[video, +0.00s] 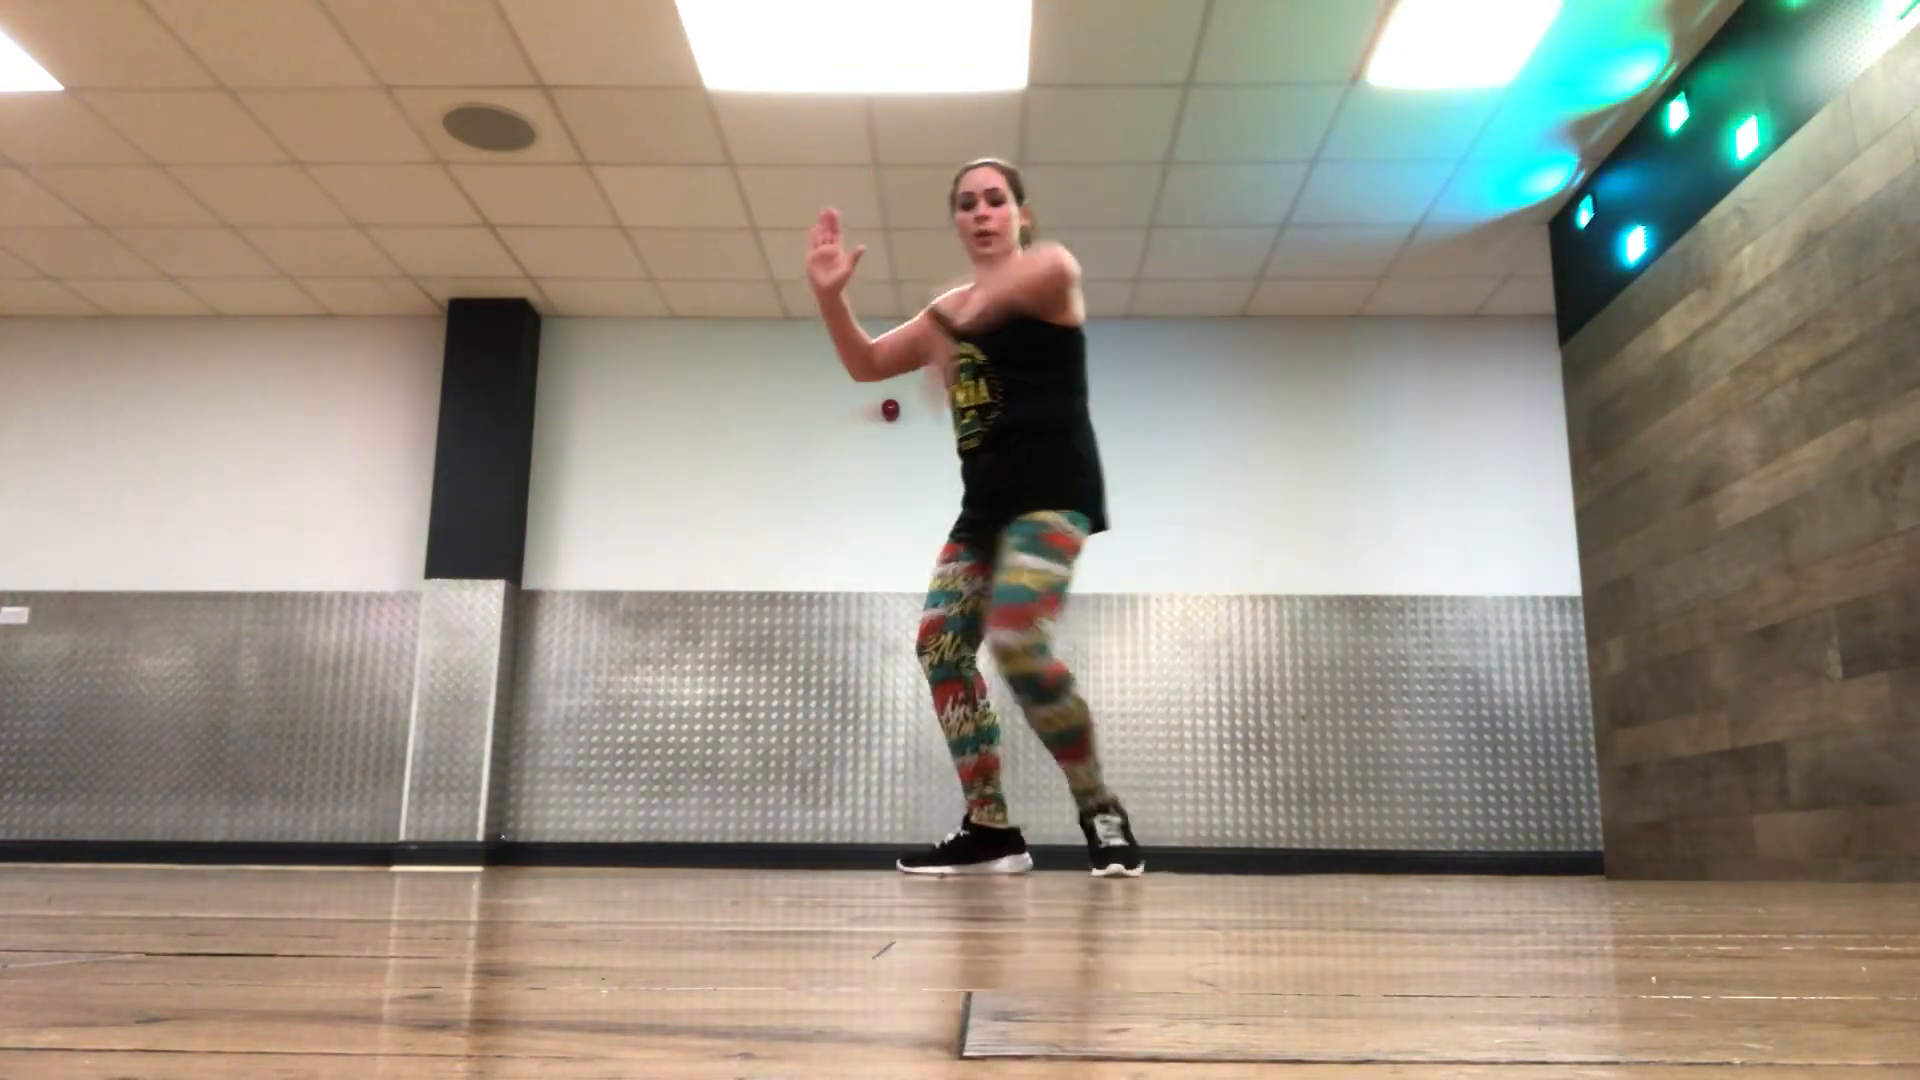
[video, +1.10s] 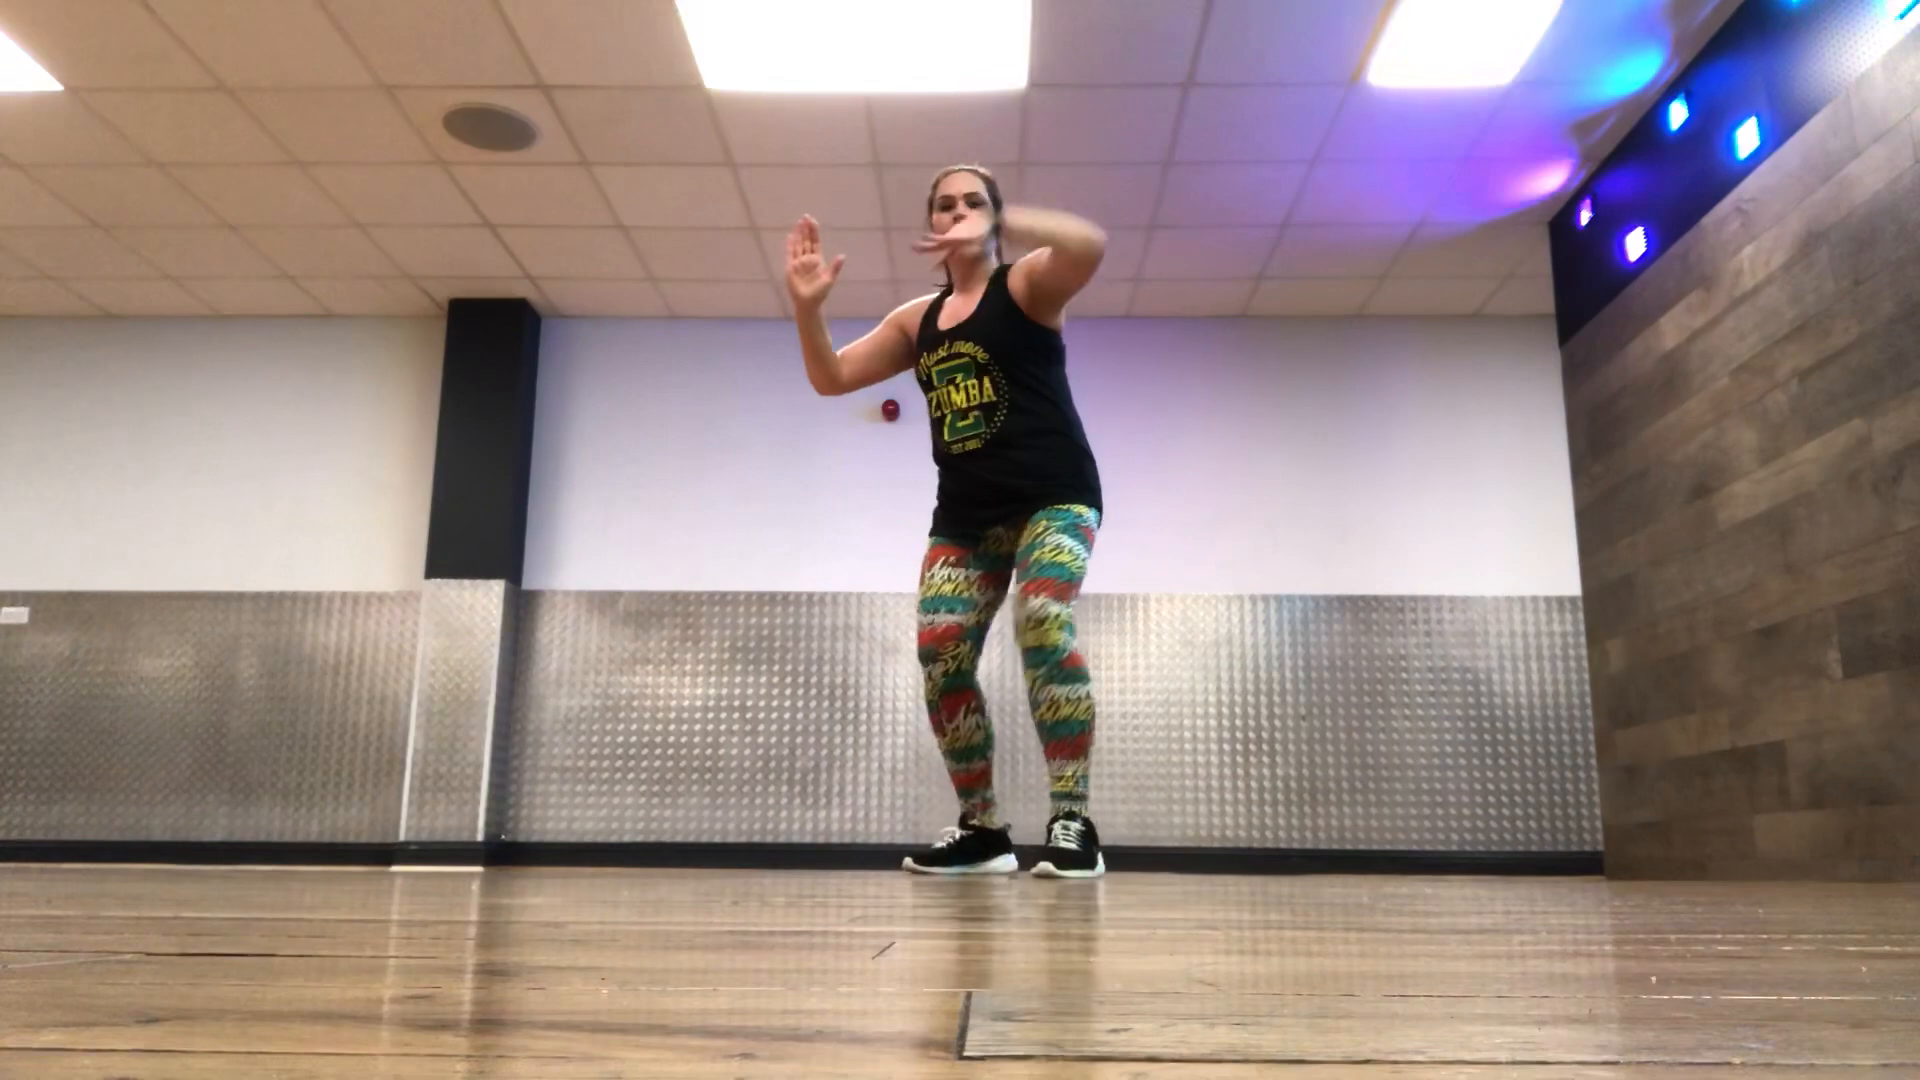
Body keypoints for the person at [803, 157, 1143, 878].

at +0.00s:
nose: (981, 211)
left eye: (995, 199)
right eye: (968, 204)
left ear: (1022, 214)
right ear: (954, 223)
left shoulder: (1050, 266)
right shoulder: (949, 307)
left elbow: (1000, 295)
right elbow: (867, 362)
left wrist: (954, 316)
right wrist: (830, 296)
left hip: (1053, 494)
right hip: (985, 505)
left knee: (1016, 640)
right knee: (943, 646)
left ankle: (1099, 812)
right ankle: (990, 829)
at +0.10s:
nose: (964, 211)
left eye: (977, 199)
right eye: (949, 203)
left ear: (1006, 216)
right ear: (936, 221)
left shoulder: (1025, 287)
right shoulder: (942, 314)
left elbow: (1009, 231)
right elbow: (861, 367)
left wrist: (885, 229)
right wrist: (819, 302)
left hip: (1041, 488)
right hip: (978, 502)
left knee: (972, 614)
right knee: (934, 640)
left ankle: (1077, 782)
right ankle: (989, 826)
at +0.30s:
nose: (942, 216)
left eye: (955, 203)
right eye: (928, 208)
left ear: (985, 218)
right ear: (917, 227)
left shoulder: (1010, 279)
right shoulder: (926, 317)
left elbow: (953, 321)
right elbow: (846, 373)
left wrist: (837, 290)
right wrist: (802, 300)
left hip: (1029, 480)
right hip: (972, 496)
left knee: (948, 608)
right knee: (925, 641)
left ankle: (963, 803)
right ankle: (986, 825)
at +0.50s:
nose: (933, 219)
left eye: (948, 207)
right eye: (920, 212)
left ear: (980, 223)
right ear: (909, 232)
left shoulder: (1001, 277)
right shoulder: (920, 318)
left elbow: (951, 262)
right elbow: (840, 377)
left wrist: (841, 293)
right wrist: (797, 316)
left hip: (1022, 493)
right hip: (957, 503)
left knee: (945, 620)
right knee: (912, 646)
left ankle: (956, 821)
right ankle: (988, 824)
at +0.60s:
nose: (935, 212)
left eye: (948, 196)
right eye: (924, 203)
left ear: (975, 218)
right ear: (910, 229)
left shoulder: (996, 288)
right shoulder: (911, 320)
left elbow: (997, 212)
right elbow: (830, 376)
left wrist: (881, 219)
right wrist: (791, 307)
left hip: (1033, 486)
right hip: (962, 501)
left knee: (964, 602)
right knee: (921, 643)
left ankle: (958, 812)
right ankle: (992, 825)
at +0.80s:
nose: (941, 211)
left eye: (955, 199)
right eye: (928, 203)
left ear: (982, 217)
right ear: (916, 228)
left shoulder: (1007, 284)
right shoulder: (911, 320)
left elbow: (1031, 271)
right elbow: (830, 380)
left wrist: (919, 243)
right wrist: (796, 309)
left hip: (1043, 484)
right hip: (963, 503)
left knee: (1006, 597)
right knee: (931, 645)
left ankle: (1049, 803)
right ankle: (987, 823)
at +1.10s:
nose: (956, 214)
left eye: (971, 203)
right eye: (943, 205)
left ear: (996, 222)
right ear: (929, 229)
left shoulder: (1025, 286)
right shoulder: (915, 320)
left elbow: (1088, 244)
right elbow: (830, 376)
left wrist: (1006, 218)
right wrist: (807, 307)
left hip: (1055, 496)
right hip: (968, 510)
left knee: (1040, 622)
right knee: (940, 652)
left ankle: (1070, 821)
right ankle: (981, 828)